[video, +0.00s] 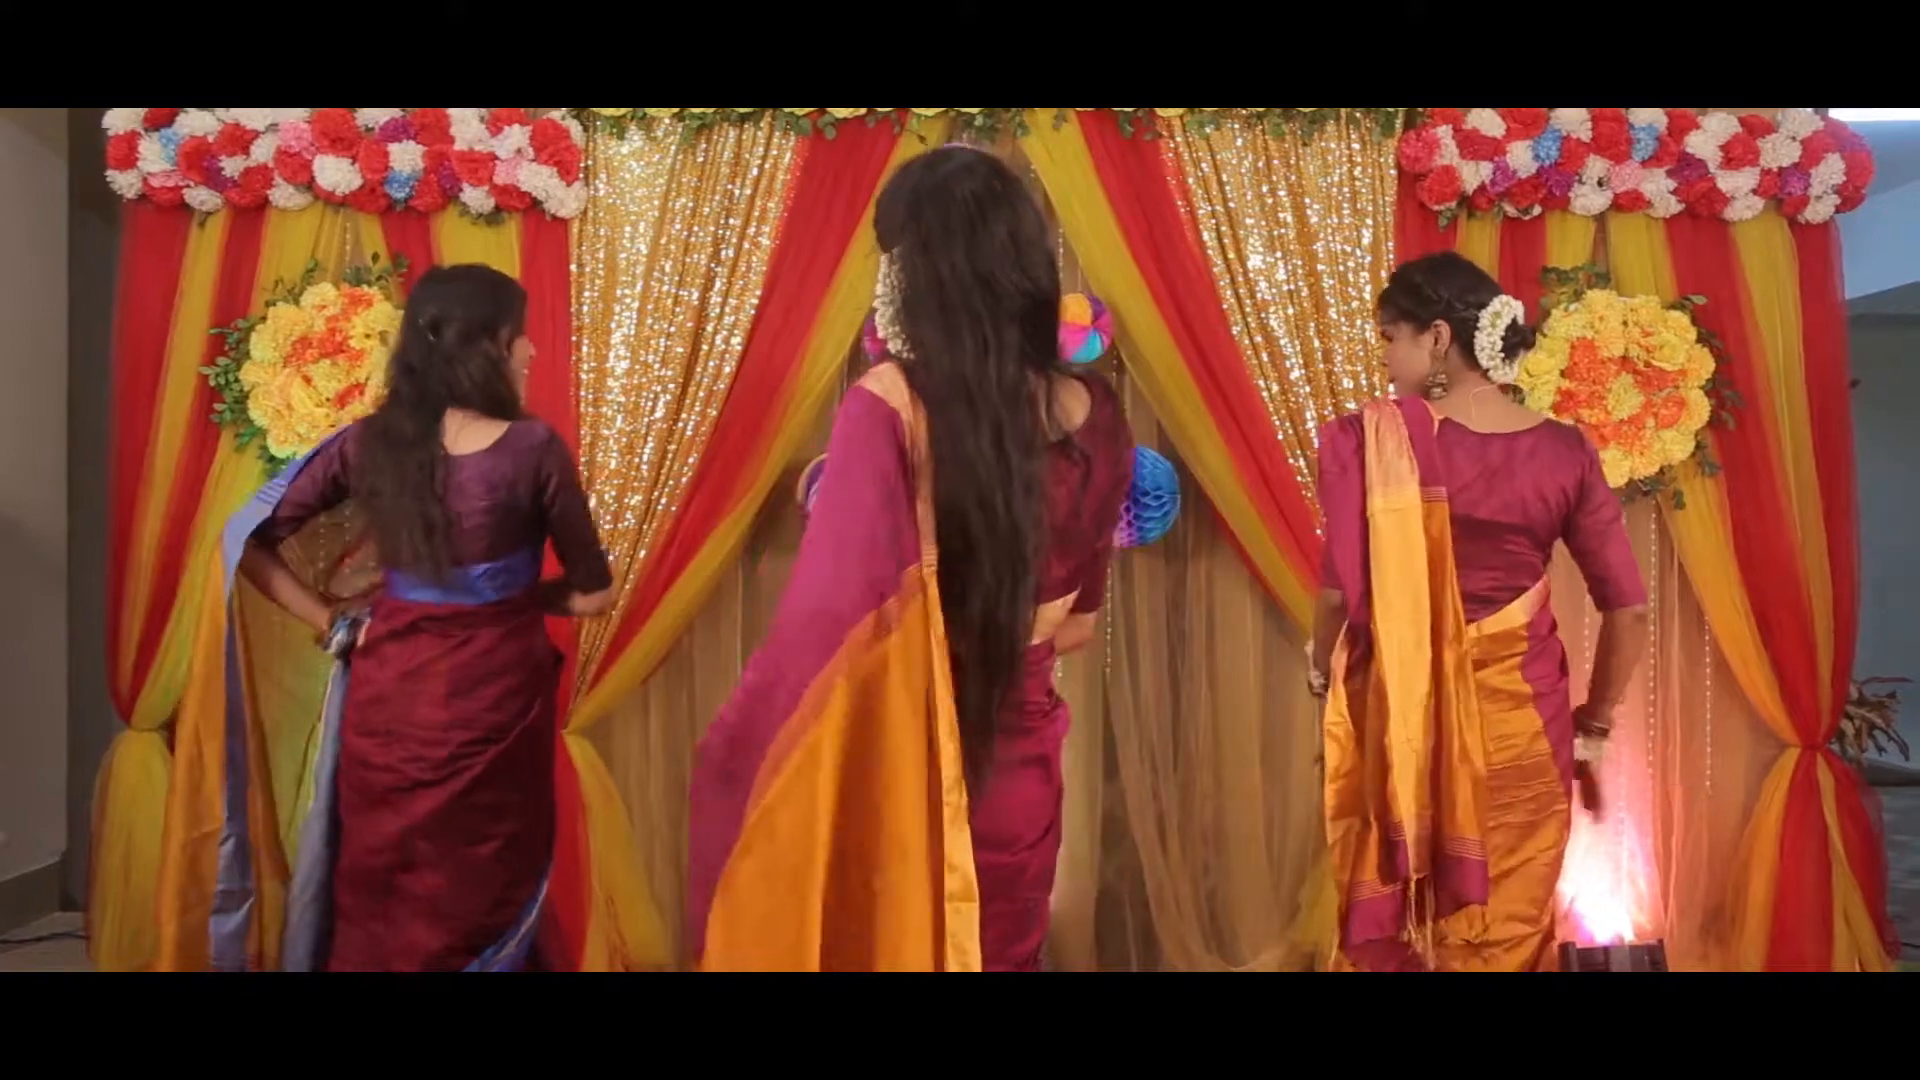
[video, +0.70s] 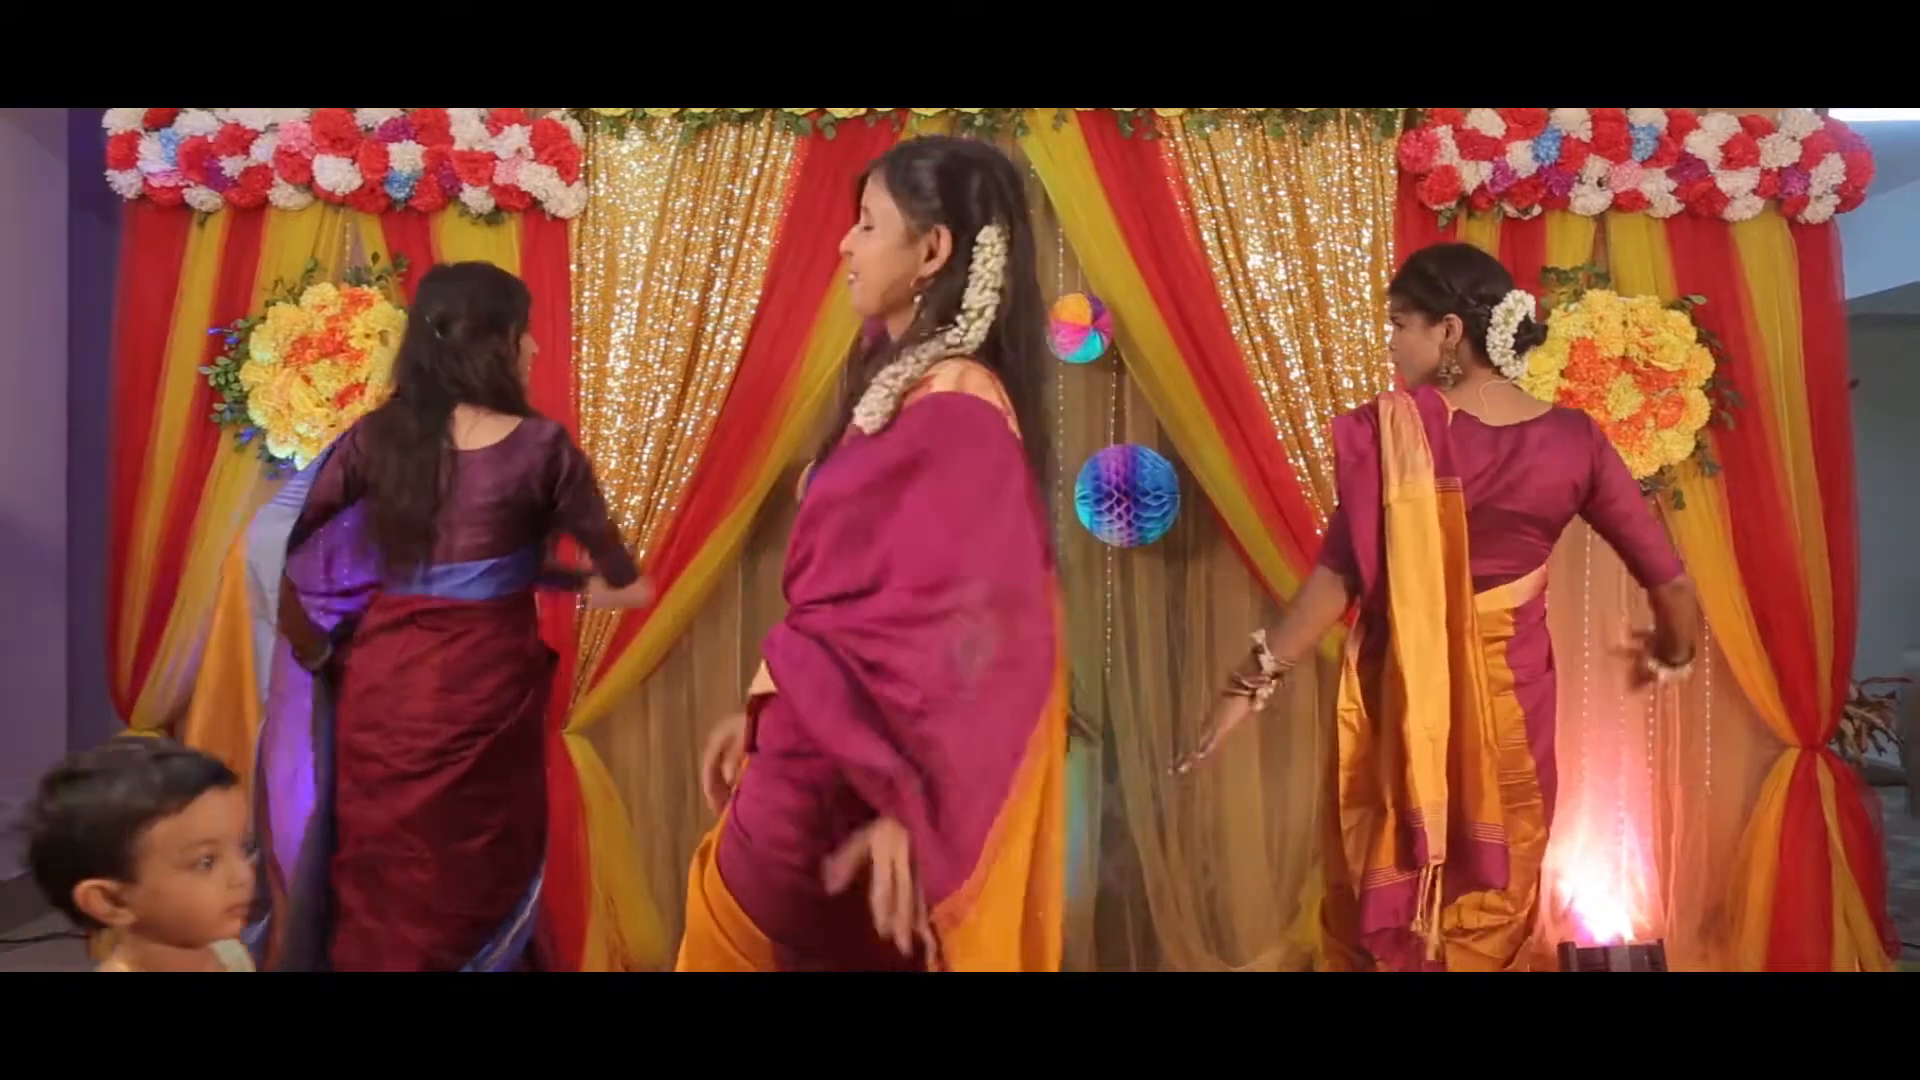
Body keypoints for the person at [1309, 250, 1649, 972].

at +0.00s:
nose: (1384, 360)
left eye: (1390, 339)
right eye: (1384, 340)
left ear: (1439, 336)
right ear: (1460, 335)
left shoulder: (1365, 440)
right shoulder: (1563, 449)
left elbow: (1342, 584)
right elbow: (1625, 605)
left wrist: (1321, 657)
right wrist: (1596, 722)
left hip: (1396, 724)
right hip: (1520, 725)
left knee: (1390, 932)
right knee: (1507, 931)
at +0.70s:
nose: (1388, 346)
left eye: (1398, 326)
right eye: (1389, 326)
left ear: (1451, 331)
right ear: (1465, 330)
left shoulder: (1386, 432)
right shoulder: (1569, 437)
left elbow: (1339, 574)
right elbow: (1668, 577)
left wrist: (1253, 679)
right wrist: (1673, 652)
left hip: (1399, 694)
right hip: (1515, 693)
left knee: (1388, 900)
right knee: (1500, 903)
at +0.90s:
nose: (1385, 359)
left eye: (1394, 340)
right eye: (1386, 340)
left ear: (1445, 346)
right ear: (1462, 346)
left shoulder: (1375, 441)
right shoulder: (1548, 457)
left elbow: (1326, 578)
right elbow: (1650, 571)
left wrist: (1245, 676)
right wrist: (1699, 598)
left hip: (1392, 717)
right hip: (1514, 714)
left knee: (1378, 924)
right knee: (1501, 926)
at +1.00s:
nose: (1382, 346)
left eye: (1391, 327)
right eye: (1383, 327)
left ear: (1444, 332)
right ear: (1460, 331)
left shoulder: (1393, 427)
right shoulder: (1553, 438)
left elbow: (1338, 545)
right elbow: (1642, 512)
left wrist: (1253, 620)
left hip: (1397, 678)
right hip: (1502, 677)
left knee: (1387, 874)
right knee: (1491, 879)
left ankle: (1395, 960)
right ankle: (1484, 959)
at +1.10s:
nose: (1382, 344)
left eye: (1391, 325)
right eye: (1382, 326)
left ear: (1446, 330)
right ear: (1457, 330)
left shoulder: (1415, 425)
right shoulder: (1550, 426)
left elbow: (1361, 538)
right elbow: (1625, 451)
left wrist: (1263, 594)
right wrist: (1644, 371)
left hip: (1391, 664)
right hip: (1493, 665)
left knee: (1353, 843)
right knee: (1473, 845)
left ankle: (1367, 958)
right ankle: (1468, 961)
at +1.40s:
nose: (1385, 360)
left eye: (1399, 342)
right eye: (1386, 341)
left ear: (1456, 347)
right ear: (1463, 351)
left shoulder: (1431, 433)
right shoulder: (1521, 437)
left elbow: (1412, 556)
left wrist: (1309, 602)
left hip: (1391, 677)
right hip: (1476, 679)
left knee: (1349, 877)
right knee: (1460, 869)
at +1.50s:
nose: (1384, 354)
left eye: (1400, 336)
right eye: (1382, 335)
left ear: (1458, 340)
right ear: (1458, 345)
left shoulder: (1436, 427)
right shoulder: (1515, 432)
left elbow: (1427, 547)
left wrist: (1334, 585)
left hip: (1395, 667)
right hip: (1466, 670)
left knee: (1349, 864)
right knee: (1448, 856)